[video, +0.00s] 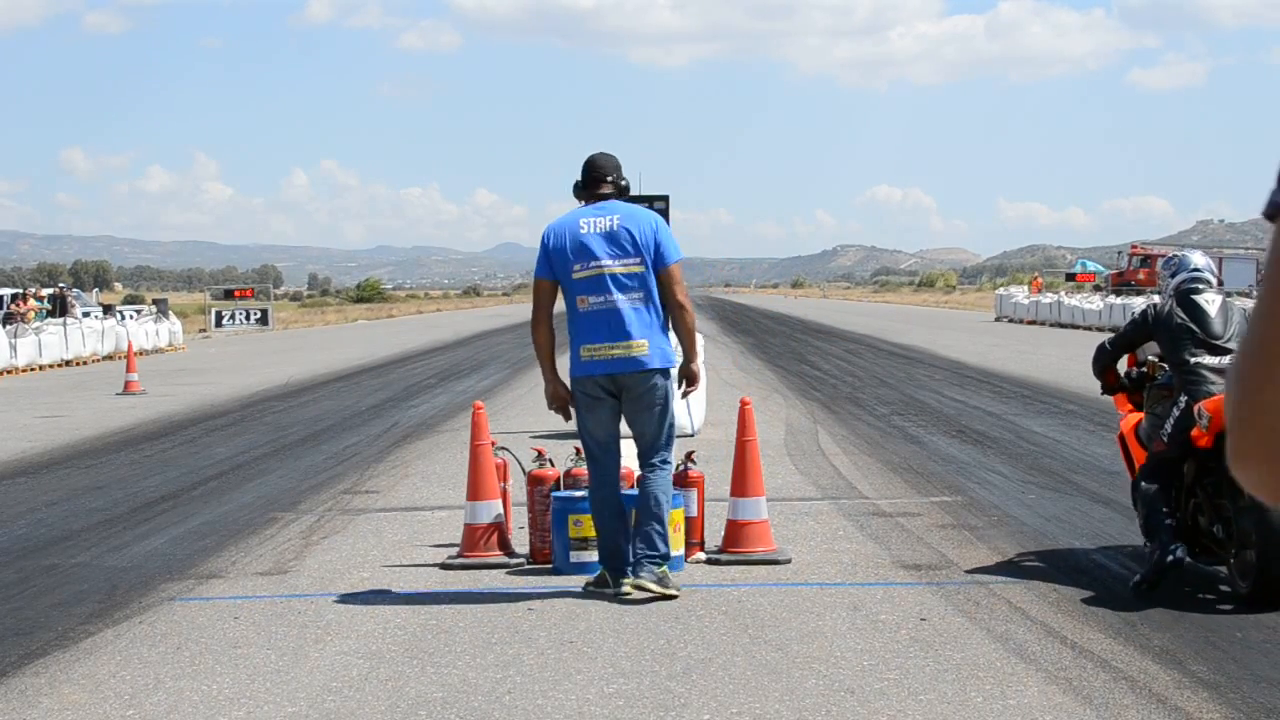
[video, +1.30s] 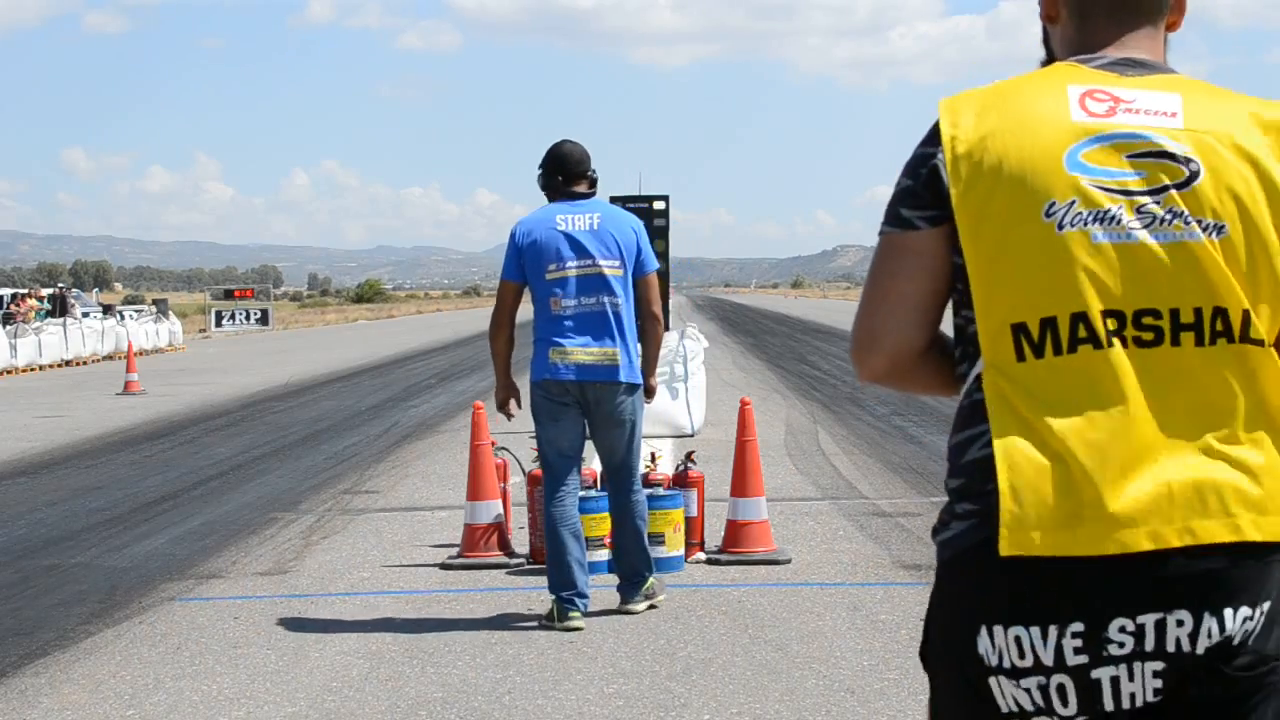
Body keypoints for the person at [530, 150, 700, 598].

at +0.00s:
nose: (613, 190)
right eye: (619, 184)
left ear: (580, 189)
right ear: (621, 185)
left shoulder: (556, 233)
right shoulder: (648, 221)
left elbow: (541, 316)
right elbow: (678, 300)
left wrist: (551, 378)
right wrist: (691, 359)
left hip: (589, 367)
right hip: (646, 362)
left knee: (602, 468)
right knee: (656, 459)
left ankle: (613, 570)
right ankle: (650, 566)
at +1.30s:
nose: (543, 186)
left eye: (543, 180)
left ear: (548, 182)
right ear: (593, 180)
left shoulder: (529, 230)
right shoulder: (628, 225)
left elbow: (503, 316)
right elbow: (652, 313)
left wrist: (502, 376)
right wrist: (649, 371)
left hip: (554, 374)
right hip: (616, 372)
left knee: (561, 484)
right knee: (625, 481)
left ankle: (569, 603)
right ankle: (637, 585)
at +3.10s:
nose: (571, 171)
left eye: (575, 162)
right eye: (572, 162)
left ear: (591, 165)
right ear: (630, 165)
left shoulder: (581, 219)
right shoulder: (675, 213)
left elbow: (563, 317)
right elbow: (699, 298)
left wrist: (548, 390)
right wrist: (684, 363)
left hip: (608, 382)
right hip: (673, 379)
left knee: (622, 502)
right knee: (662, 494)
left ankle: (639, 631)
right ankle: (658, 613)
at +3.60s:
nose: (583, 167)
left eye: (591, 157)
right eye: (584, 157)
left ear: (620, 160)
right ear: (639, 163)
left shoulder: (602, 217)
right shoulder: (692, 213)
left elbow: (579, 313)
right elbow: (714, 305)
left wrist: (548, 384)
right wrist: (707, 373)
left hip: (619, 384)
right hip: (685, 380)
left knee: (625, 505)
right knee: (688, 498)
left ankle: (638, 631)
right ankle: (704, 626)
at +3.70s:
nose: (588, 166)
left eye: (597, 156)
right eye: (589, 157)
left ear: (628, 160)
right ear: (643, 163)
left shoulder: (610, 216)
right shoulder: (696, 214)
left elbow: (587, 314)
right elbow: (718, 305)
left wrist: (556, 382)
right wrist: (712, 371)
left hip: (624, 384)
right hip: (687, 380)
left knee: (628, 505)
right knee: (687, 495)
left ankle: (639, 631)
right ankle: (705, 624)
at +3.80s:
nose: (594, 168)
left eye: (602, 158)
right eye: (594, 158)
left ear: (632, 160)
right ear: (648, 162)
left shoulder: (616, 215)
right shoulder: (700, 213)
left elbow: (596, 313)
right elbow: (720, 306)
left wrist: (568, 381)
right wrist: (707, 367)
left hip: (629, 384)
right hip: (693, 381)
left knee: (631, 509)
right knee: (691, 505)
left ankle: (639, 632)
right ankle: (705, 627)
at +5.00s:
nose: (617, 165)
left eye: (617, 158)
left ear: (617, 164)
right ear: (668, 162)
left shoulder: (598, 220)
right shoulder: (707, 217)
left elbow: (574, 314)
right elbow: (730, 313)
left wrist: (563, 388)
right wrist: (727, 382)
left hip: (623, 386)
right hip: (692, 384)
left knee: (629, 505)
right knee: (695, 504)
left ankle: (639, 631)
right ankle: (704, 629)